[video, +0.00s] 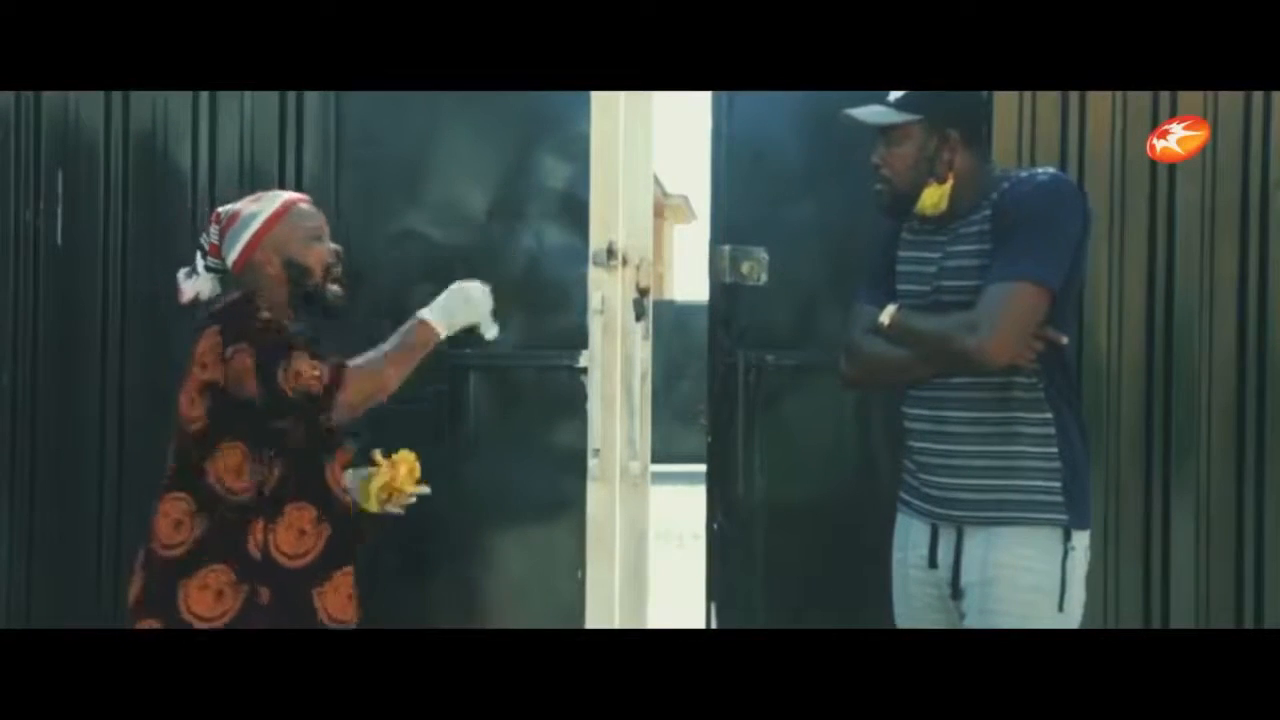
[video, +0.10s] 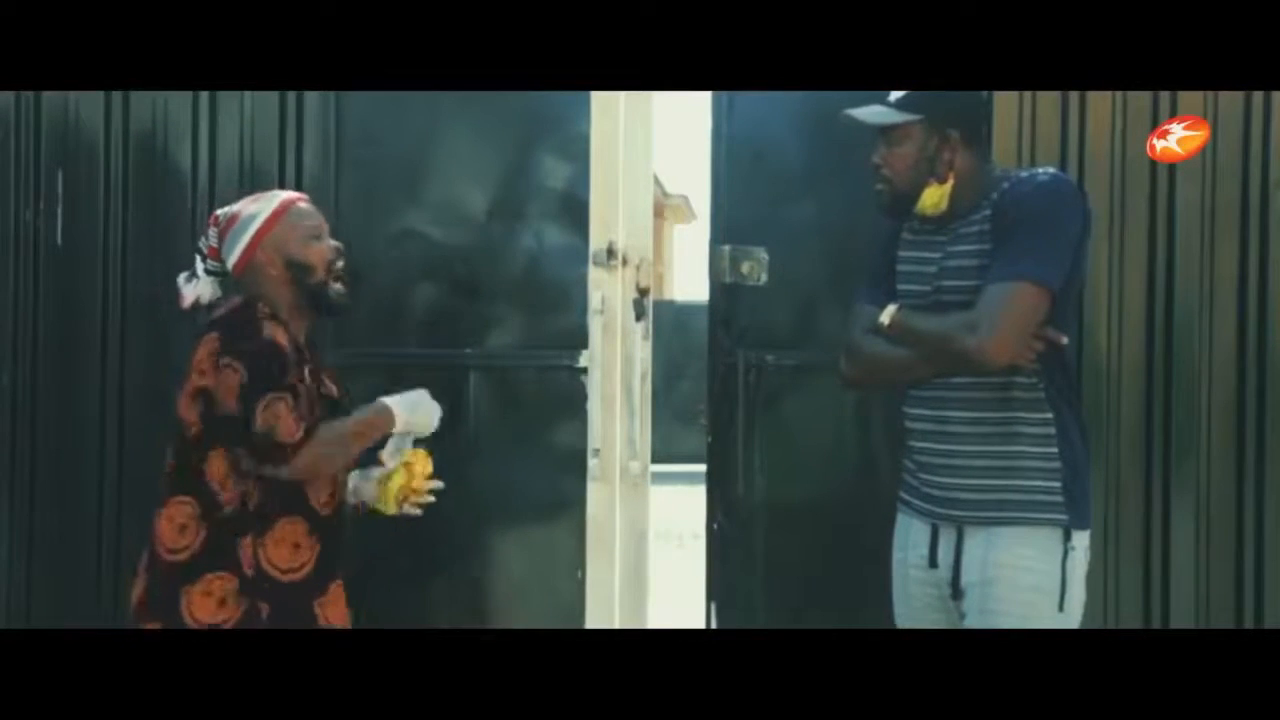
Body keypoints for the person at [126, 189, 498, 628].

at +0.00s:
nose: (334, 252)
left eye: (328, 239)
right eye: (314, 240)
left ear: (268, 261)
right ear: (267, 258)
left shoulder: (273, 338)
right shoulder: (239, 333)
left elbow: (263, 463)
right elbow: (334, 396)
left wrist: (351, 487)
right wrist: (434, 322)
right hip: (224, 598)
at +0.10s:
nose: (337, 248)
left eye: (329, 235)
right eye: (315, 237)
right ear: (266, 262)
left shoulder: (288, 343)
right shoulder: (249, 337)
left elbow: (272, 477)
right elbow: (276, 461)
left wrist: (362, 488)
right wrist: (385, 416)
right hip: (226, 599)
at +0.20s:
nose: (340, 248)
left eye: (332, 235)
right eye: (318, 237)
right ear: (271, 261)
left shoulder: (295, 349)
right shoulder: (244, 347)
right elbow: (234, 487)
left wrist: (349, 504)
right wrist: (351, 466)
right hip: (230, 600)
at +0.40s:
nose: (343, 249)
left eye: (335, 236)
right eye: (321, 239)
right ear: (271, 262)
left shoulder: (307, 359)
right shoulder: (233, 349)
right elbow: (204, 488)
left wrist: (326, 507)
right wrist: (319, 479)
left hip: (281, 606)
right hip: (216, 608)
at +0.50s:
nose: (338, 255)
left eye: (337, 244)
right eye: (313, 247)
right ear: (262, 267)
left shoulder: (312, 362)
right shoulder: (227, 354)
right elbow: (199, 485)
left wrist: (325, 508)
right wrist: (313, 482)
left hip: (284, 604)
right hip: (214, 609)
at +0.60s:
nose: (315, 261)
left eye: (327, 248)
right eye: (290, 251)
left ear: (343, 260)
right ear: (252, 269)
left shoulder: (315, 363)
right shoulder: (221, 353)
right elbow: (191, 487)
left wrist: (336, 506)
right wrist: (310, 479)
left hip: (284, 605)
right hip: (208, 610)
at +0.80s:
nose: (280, 267)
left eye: (298, 253)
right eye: (258, 254)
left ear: (319, 268)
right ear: (231, 270)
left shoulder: (333, 369)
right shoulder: (187, 367)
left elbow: (345, 466)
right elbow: (141, 486)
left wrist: (338, 497)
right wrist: (269, 483)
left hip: (297, 609)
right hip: (196, 611)